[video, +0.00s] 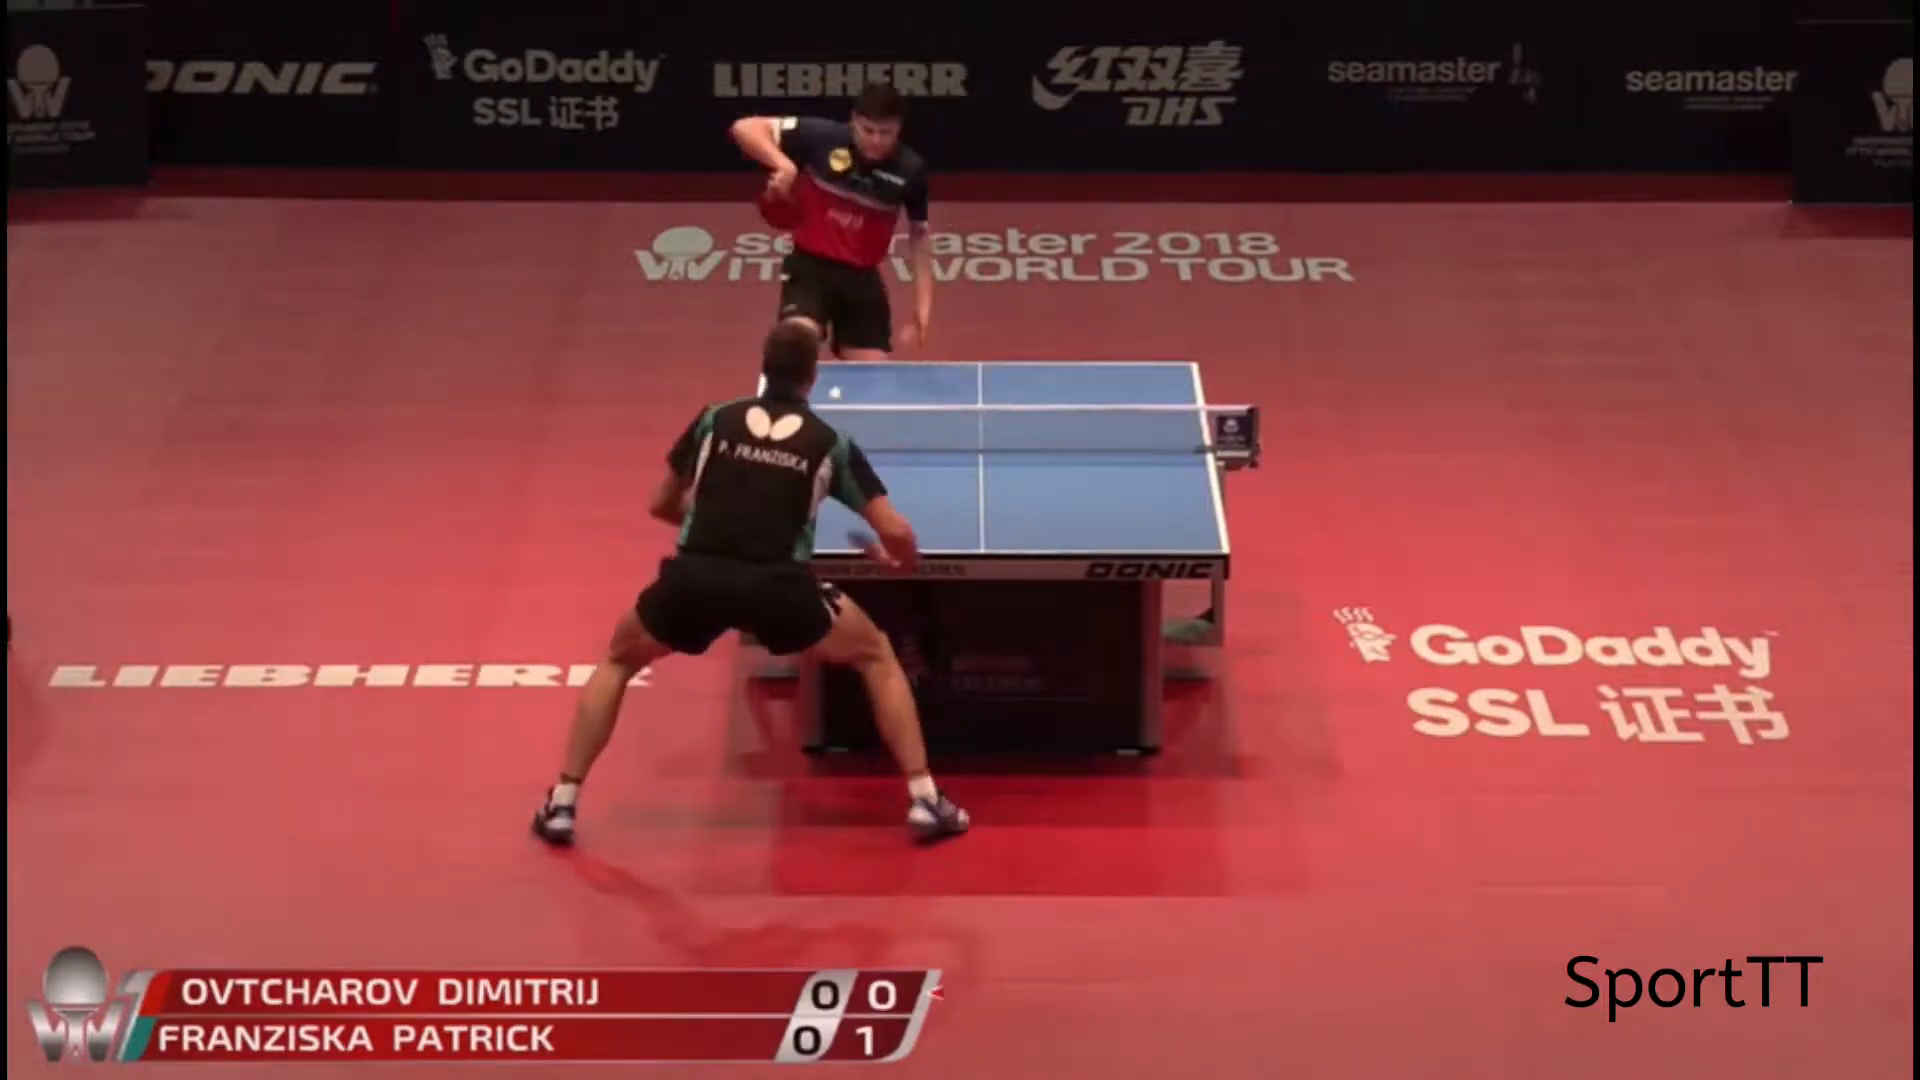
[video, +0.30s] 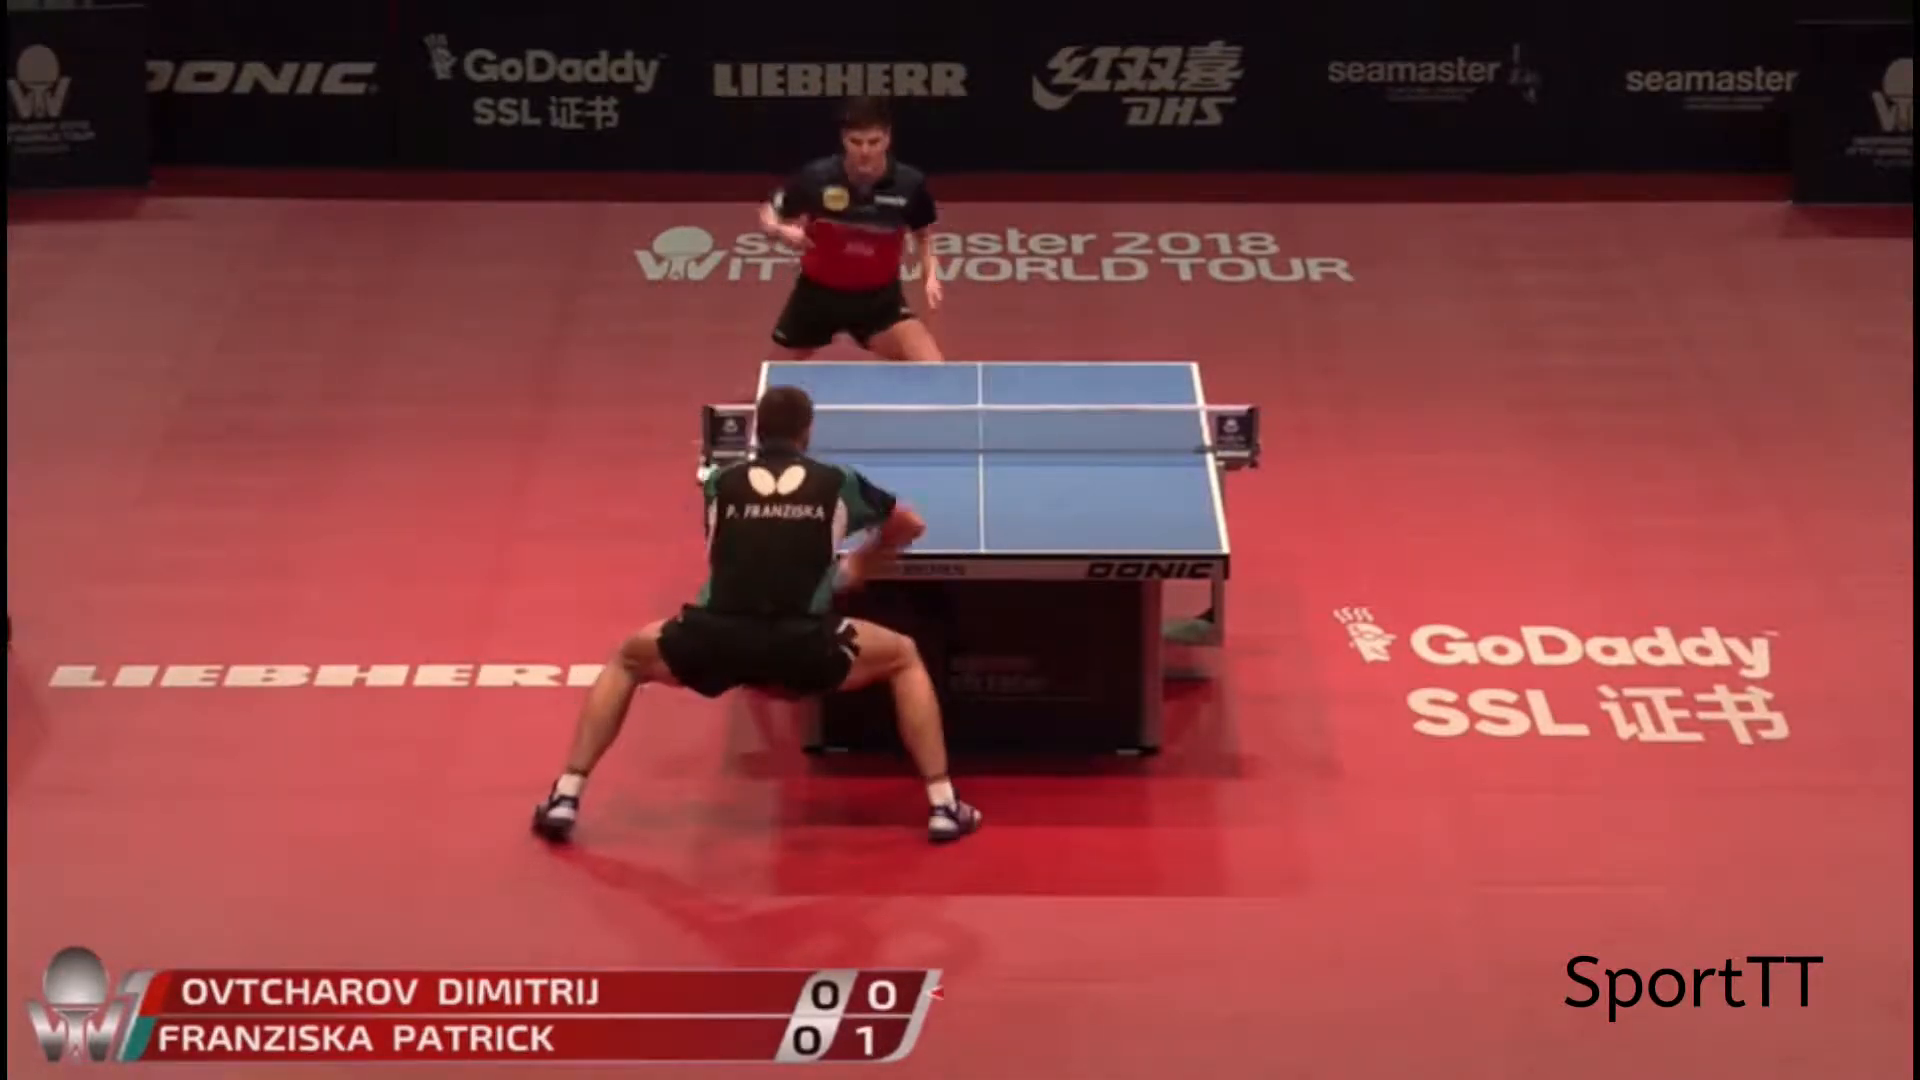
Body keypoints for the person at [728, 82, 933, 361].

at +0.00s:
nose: (875, 141)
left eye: (885, 133)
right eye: (868, 131)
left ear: (899, 130)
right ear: (853, 122)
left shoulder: (910, 171)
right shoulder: (822, 138)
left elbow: (919, 239)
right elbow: (745, 128)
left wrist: (922, 314)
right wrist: (784, 165)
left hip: (863, 280)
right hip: (809, 270)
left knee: (873, 376)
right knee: (795, 356)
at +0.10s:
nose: (869, 132)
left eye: (879, 124)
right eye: (861, 122)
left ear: (894, 122)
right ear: (849, 116)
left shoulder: (909, 164)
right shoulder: (816, 137)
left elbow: (919, 224)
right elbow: (742, 137)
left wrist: (923, 289)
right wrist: (779, 168)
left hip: (868, 276)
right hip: (812, 267)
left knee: (885, 376)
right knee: (790, 358)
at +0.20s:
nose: (861, 143)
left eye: (871, 134)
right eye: (853, 134)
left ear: (885, 133)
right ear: (841, 132)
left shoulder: (907, 177)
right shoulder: (812, 166)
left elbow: (918, 229)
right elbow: (760, 196)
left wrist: (926, 280)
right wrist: (778, 218)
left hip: (875, 294)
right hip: (813, 292)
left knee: (930, 368)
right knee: (780, 376)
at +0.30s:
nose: (864, 152)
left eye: (873, 142)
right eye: (856, 142)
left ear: (888, 141)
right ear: (843, 141)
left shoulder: (909, 185)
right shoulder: (817, 178)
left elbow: (923, 233)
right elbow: (770, 212)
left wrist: (930, 276)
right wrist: (783, 230)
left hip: (879, 302)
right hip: (816, 300)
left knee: (932, 371)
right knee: (782, 378)